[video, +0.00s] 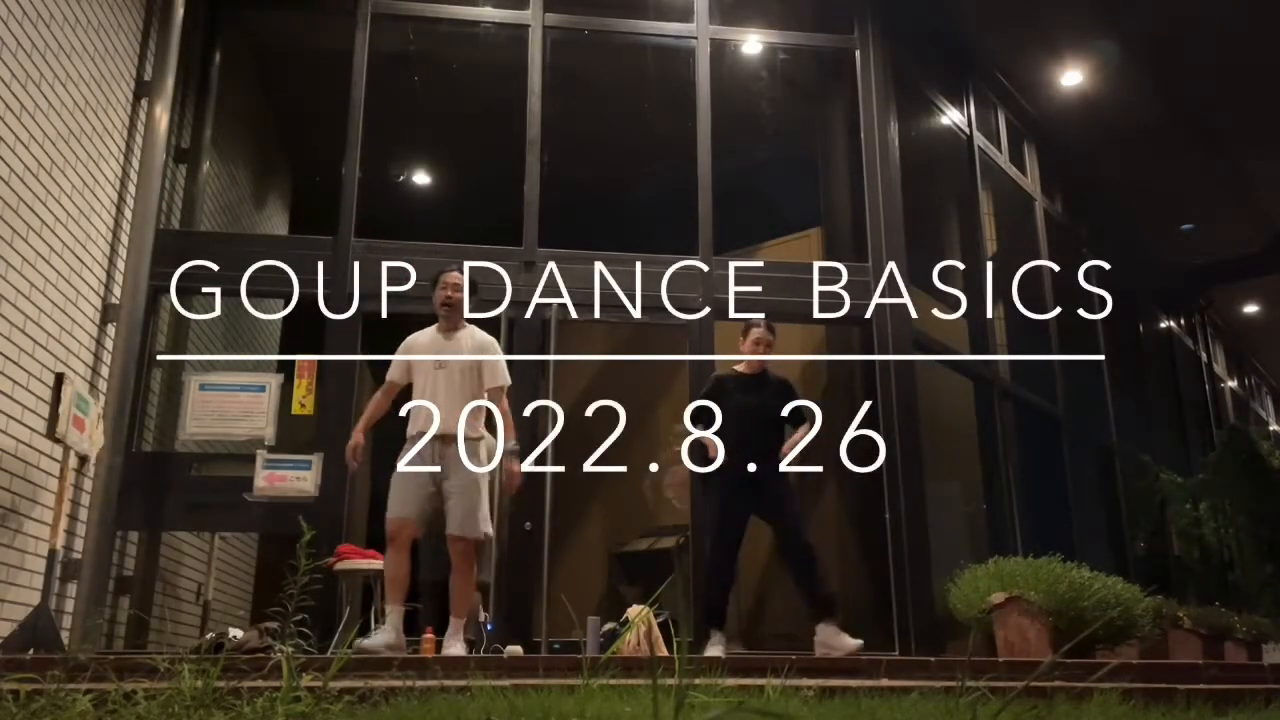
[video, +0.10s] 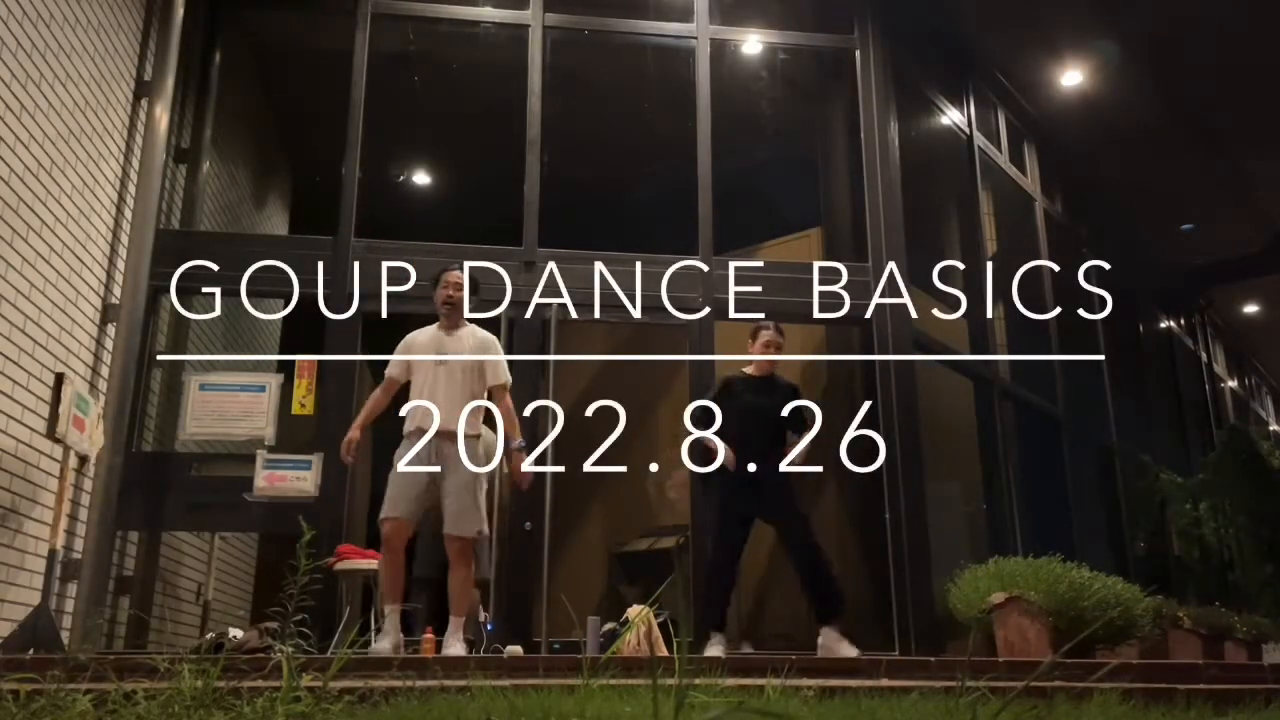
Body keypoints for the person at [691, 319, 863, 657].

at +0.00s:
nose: (761, 349)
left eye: (766, 345)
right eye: (756, 343)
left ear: (772, 350)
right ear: (742, 345)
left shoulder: (780, 387)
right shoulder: (721, 385)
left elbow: (805, 423)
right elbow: (697, 425)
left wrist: (790, 444)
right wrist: (709, 446)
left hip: (770, 481)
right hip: (728, 482)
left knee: (797, 546)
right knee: (720, 556)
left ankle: (826, 629)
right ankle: (715, 636)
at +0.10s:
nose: (772, 352)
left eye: (778, 347)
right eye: (766, 345)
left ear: (782, 352)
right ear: (750, 347)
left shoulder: (788, 392)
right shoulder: (730, 387)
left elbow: (801, 434)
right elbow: (702, 428)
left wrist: (795, 452)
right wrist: (720, 449)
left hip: (775, 483)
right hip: (735, 483)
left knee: (805, 549)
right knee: (723, 558)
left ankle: (828, 632)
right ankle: (715, 637)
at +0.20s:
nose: (785, 354)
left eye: (789, 349)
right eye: (779, 348)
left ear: (794, 355)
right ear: (763, 351)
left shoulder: (799, 396)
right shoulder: (744, 389)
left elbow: (811, 435)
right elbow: (716, 430)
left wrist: (811, 452)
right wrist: (732, 449)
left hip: (791, 489)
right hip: (749, 489)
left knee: (811, 557)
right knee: (734, 562)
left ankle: (827, 636)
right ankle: (718, 637)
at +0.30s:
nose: (798, 355)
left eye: (803, 350)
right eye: (793, 349)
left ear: (807, 354)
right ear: (778, 351)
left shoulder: (814, 395)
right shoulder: (759, 388)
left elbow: (821, 435)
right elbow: (733, 435)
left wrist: (825, 451)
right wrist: (754, 454)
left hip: (805, 487)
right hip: (766, 488)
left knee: (817, 556)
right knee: (752, 559)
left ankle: (827, 636)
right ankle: (722, 636)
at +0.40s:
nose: (810, 353)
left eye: (815, 348)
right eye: (804, 347)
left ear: (819, 354)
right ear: (789, 350)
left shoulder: (825, 395)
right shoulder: (772, 388)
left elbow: (841, 435)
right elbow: (746, 432)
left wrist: (837, 456)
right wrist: (769, 456)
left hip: (817, 485)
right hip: (779, 485)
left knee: (823, 556)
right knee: (770, 555)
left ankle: (828, 636)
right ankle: (732, 631)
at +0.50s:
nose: (819, 351)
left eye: (824, 347)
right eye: (813, 345)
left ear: (829, 353)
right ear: (799, 350)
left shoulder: (837, 394)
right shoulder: (781, 388)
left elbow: (850, 433)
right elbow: (756, 431)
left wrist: (846, 459)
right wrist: (776, 451)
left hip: (825, 482)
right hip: (788, 482)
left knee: (829, 555)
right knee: (787, 552)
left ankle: (829, 635)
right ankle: (749, 627)